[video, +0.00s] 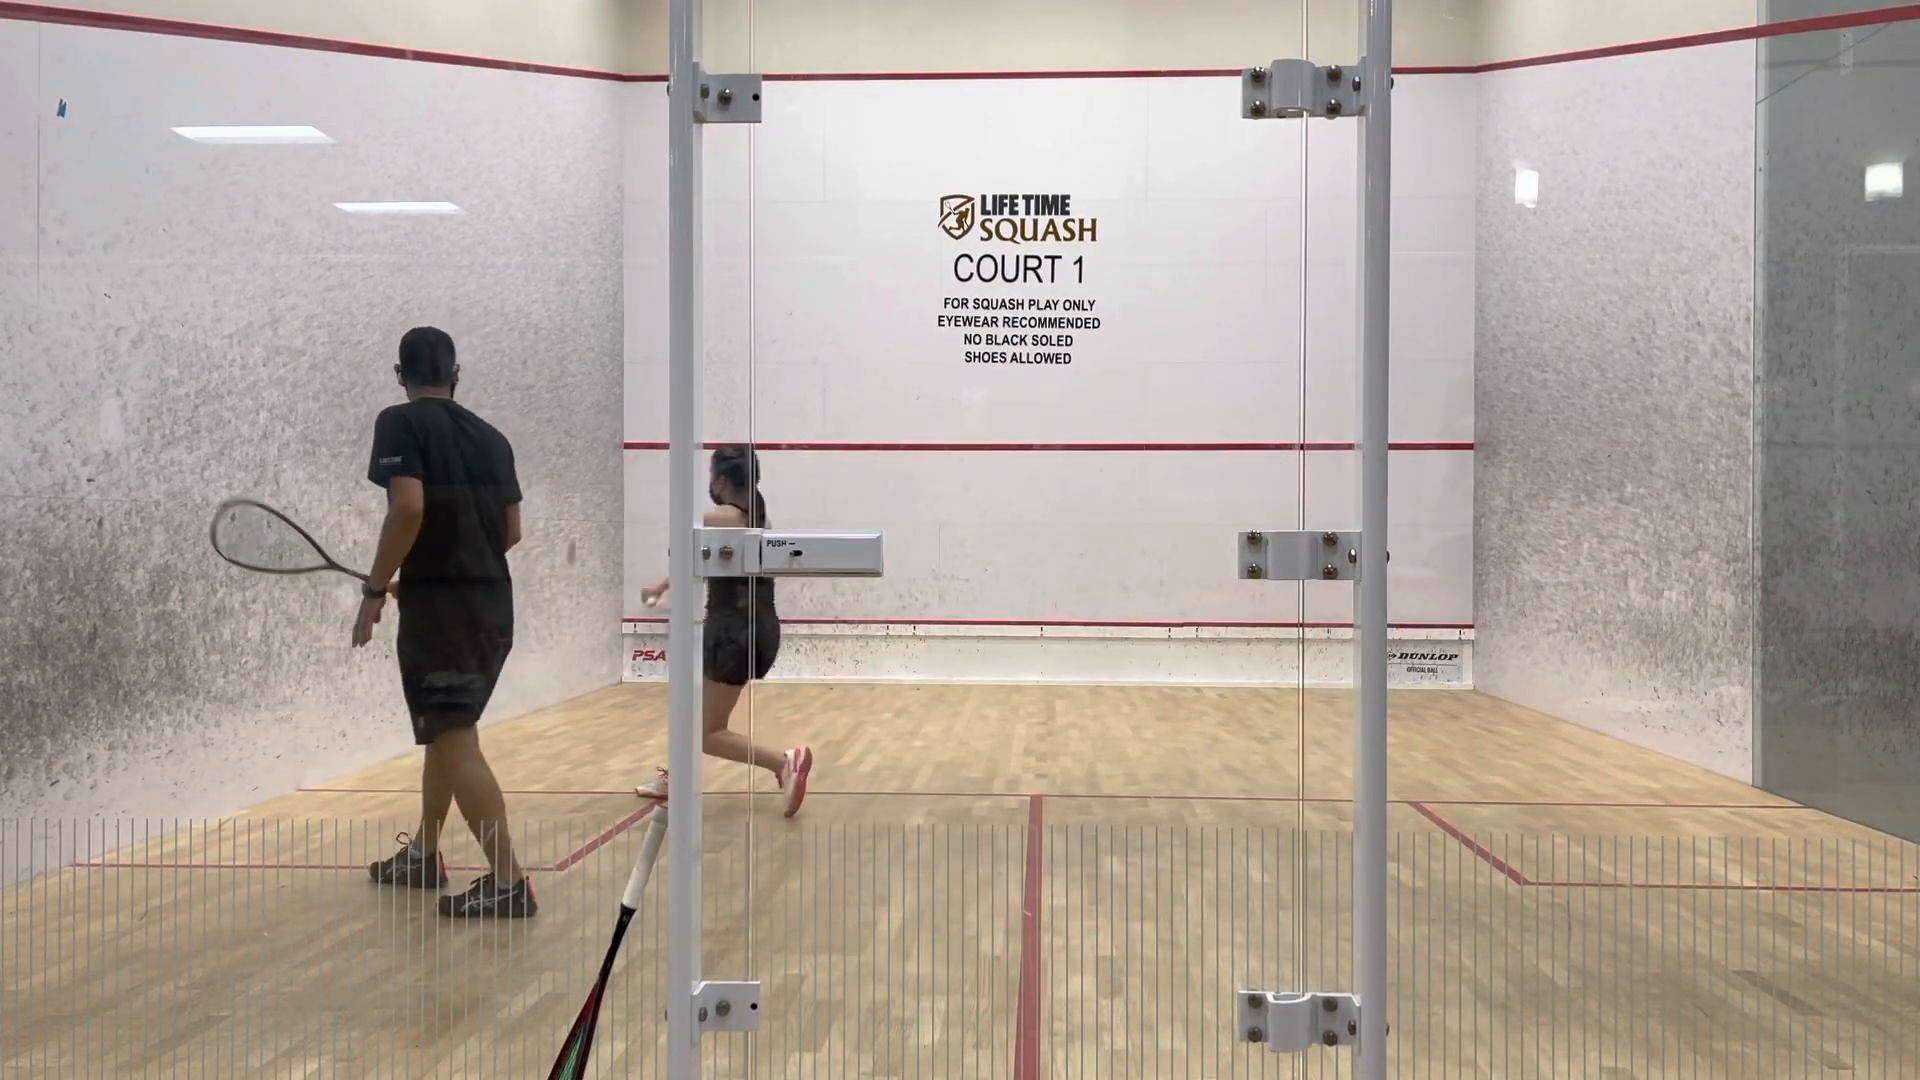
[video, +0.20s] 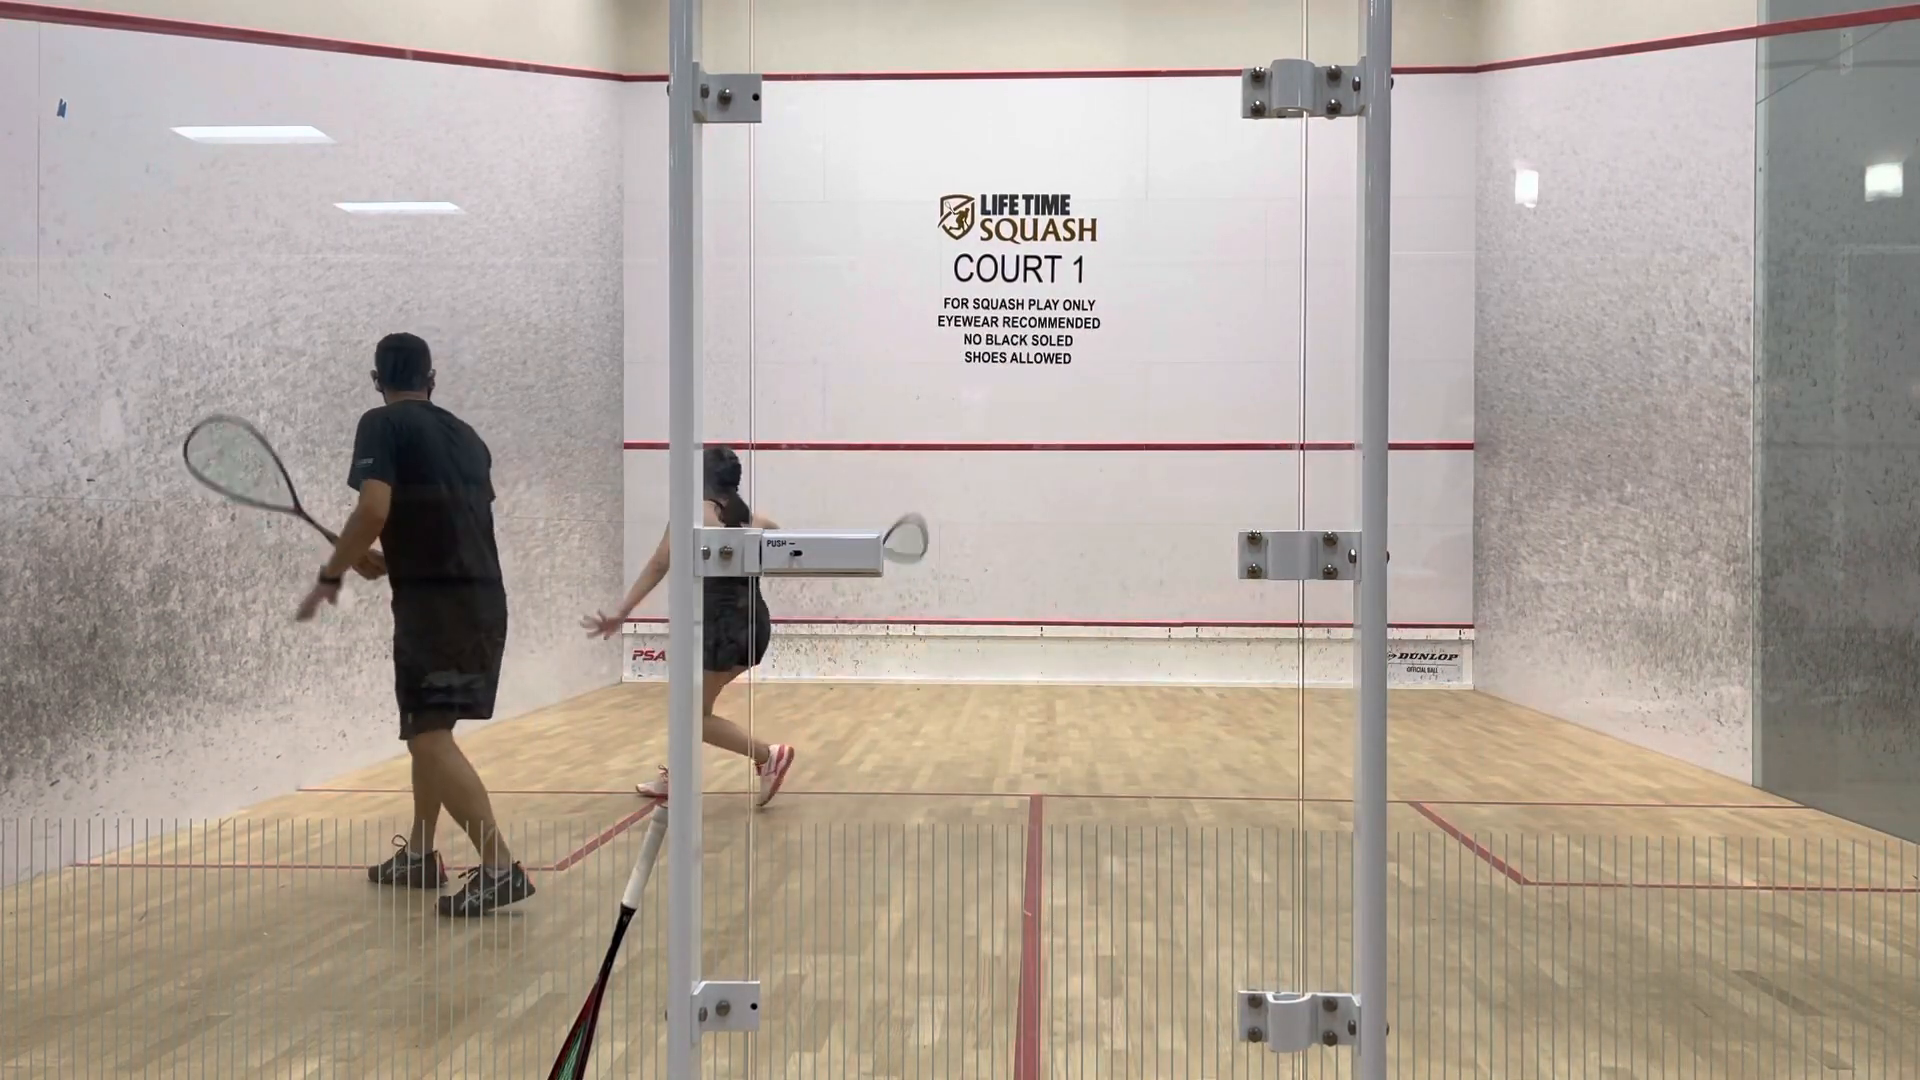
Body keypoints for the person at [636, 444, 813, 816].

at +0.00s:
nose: (709, 482)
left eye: (713, 475)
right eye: (711, 475)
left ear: (724, 480)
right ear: (747, 480)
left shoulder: (720, 518)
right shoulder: (756, 517)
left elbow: (690, 561)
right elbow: (707, 562)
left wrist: (661, 586)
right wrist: (669, 585)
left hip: (732, 629)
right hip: (757, 626)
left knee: (706, 736)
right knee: (698, 709)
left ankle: (783, 763)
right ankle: (676, 778)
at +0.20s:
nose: (686, 478)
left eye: (692, 471)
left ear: (695, 477)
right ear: (735, 478)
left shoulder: (692, 515)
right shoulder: (752, 518)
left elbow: (657, 567)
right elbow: (785, 542)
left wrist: (620, 613)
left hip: (718, 630)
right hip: (753, 626)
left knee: (692, 717)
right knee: (693, 703)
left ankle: (767, 757)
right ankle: (675, 776)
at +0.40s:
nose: (712, 473)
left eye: (714, 465)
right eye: (714, 465)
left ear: (723, 469)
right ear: (753, 466)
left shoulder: (715, 504)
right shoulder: (778, 509)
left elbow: (673, 540)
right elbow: (831, 521)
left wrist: (628, 569)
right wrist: (880, 521)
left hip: (721, 623)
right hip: (760, 624)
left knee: (694, 708)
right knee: (698, 700)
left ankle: (756, 766)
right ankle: (673, 775)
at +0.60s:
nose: (737, 449)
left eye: (740, 442)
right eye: (738, 442)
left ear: (751, 443)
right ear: (781, 443)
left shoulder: (741, 480)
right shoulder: (808, 489)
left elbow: (690, 522)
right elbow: (844, 521)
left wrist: (635, 542)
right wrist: (867, 519)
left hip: (759, 603)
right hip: (800, 603)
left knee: (744, 700)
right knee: (753, 685)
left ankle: (780, 788)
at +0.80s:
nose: (767, 441)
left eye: (771, 434)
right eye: (768, 434)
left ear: (791, 435)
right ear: (809, 434)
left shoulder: (774, 476)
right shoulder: (839, 482)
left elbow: (759, 530)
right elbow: (857, 538)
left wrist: (728, 538)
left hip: (796, 599)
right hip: (840, 597)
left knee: (771, 693)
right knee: (835, 695)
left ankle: (780, 787)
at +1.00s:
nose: (807, 457)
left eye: (813, 450)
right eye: (808, 450)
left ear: (836, 452)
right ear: (845, 453)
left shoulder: (828, 493)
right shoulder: (874, 489)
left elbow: (832, 558)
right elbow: (893, 559)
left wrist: (779, 556)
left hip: (848, 615)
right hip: (889, 612)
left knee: (801, 699)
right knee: (904, 713)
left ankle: (784, 788)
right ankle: (957, 795)